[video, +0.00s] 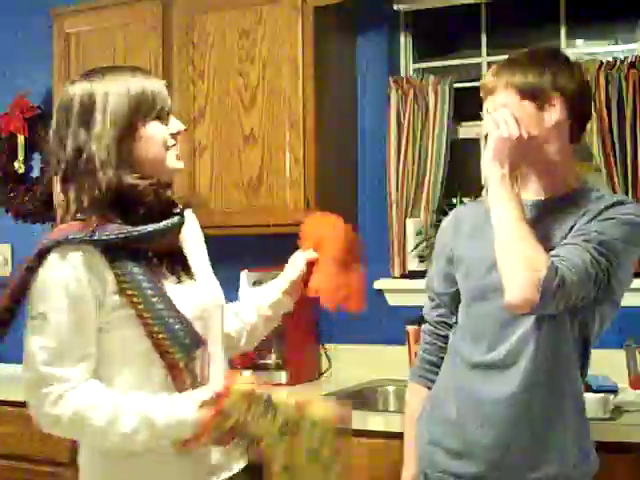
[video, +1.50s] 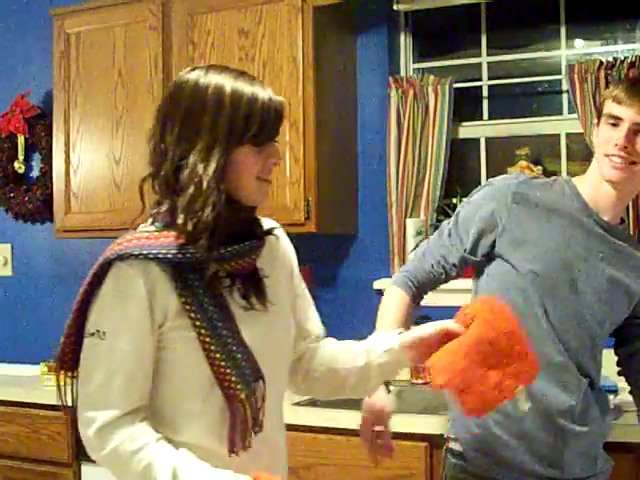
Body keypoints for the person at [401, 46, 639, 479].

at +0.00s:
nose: (489, 123)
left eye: (502, 108)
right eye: (487, 111)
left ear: (553, 111)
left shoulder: (614, 218)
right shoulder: (459, 224)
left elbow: (529, 292)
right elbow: (432, 349)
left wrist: (498, 177)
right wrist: (411, 465)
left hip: (544, 463)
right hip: (445, 459)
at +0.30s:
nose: (630, 151)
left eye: (639, 136)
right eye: (622, 126)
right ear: (578, 113)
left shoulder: (626, 229)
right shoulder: (467, 209)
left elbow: (557, 288)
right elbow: (419, 346)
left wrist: (456, 230)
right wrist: (398, 468)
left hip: (562, 466)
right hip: (455, 461)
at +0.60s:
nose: (600, 133)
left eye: (621, 125)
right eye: (592, 114)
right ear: (575, 119)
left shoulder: (630, 251)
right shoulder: (484, 210)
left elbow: (634, 384)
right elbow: (417, 331)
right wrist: (384, 449)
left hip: (566, 469)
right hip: (460, 461)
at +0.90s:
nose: (579, 126)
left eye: (602, 115)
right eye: (575, 110)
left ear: (637, 136)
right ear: (567, 117)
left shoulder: (632, 252)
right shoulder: (489, 209)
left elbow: (635, 372)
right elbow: (419, 330)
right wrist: (397, 445)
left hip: (570, 466)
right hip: (464, 461)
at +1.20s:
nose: (604, 140)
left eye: (626, 131)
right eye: (599, 122)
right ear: (587, 124)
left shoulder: (634, 262)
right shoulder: (505, 198)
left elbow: (637, 375)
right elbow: (411, 287)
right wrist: (390, 362)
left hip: (572, 466)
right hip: (472, 458)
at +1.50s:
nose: (624, 142)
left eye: (639, 131)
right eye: (614, 123)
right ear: (594, 129)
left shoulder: (632, 265)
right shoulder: (511, 199)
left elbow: (637, 374)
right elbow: (406, 284)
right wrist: (378, 384)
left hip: (579, 466)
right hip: (484, 459)